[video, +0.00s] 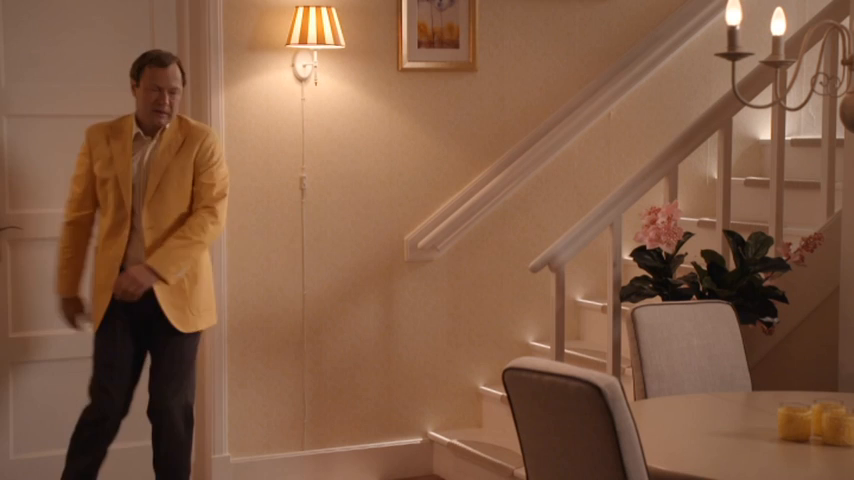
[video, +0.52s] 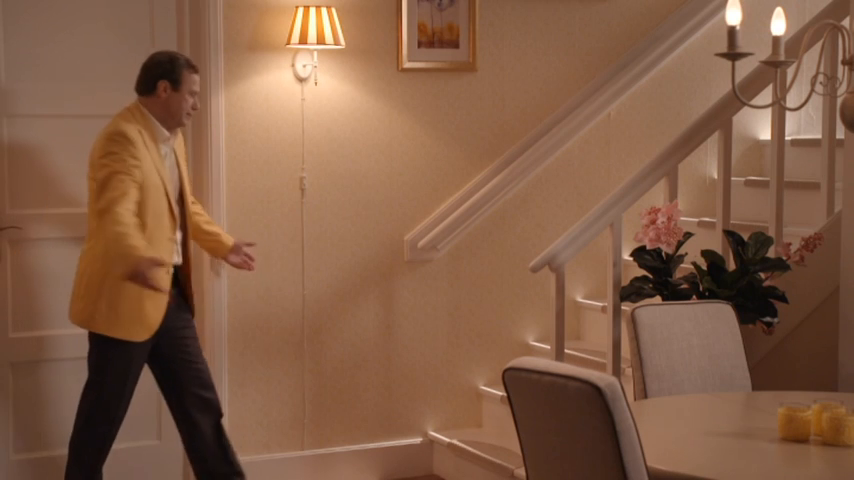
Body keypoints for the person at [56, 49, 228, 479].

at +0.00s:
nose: (165, 100)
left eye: (174, 92)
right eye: (156, 90)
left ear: (183, 95)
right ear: (135, 89)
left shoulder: (201, 142)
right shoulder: (100, 140)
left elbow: (209, 217)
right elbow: (78, 215)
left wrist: (154, 269)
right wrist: (69, 287)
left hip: (179, 298)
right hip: (119, 297)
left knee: (171, 412)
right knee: (106, 408)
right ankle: (75, 479)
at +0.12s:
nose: (171, 100)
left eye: (175, 91)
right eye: (162, 90)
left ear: (178, 93)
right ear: (131, 86)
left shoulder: (191, 141)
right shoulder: (87, 138)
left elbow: (208, 212)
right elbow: (48, 212)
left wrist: (198, 276)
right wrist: (17, 286)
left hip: (171, 291)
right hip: (110, 291)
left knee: (175, 411)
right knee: (97, 412)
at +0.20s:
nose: (173, 99)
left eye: (176, 90)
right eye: (164, 90)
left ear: (177, 91)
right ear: (131, 87)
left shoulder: (181, 138)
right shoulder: (87, 136)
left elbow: (202, 209)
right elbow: (38, 208)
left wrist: (223, 272)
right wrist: (6, 275)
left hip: (171, 288)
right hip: (110, 291)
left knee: (178, 404)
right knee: (93, 416)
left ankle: (167, 478)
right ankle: (79, 479)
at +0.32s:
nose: (177, 101)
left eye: (179, 92)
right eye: (171, 90)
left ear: (145, 89)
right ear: (138, 86)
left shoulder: (171, 136)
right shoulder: (95, 136)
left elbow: (198, 205)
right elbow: (52, 200)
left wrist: (244, 262)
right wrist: (18, 264)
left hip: (164, 289)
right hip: (113, 293)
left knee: (181, 401)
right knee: (95, 412)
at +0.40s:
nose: (182, 101)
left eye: (183, 92)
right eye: (176, 91)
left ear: (152, 90)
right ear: (146, 88)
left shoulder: (170, 136)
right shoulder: (104, 136)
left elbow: (192, 201)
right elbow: (75, 196)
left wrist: (240, 251)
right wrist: (58, 252)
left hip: (164, 292)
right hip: (116, 294)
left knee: (187, 411)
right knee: (96, 415)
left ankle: (201, 479)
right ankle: (78, 479)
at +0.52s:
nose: (195, 104)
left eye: (196, 95)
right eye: (190, 94)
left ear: (167, 92)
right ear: (162, 89)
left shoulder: (169, 138)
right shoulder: (122, 137)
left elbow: (184, 207)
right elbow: (114, 210)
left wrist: (223, 245)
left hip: (167, 291)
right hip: (123, 294)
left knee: (201, 409)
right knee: (102, 415)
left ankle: (226, 479)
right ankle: (80, 478)